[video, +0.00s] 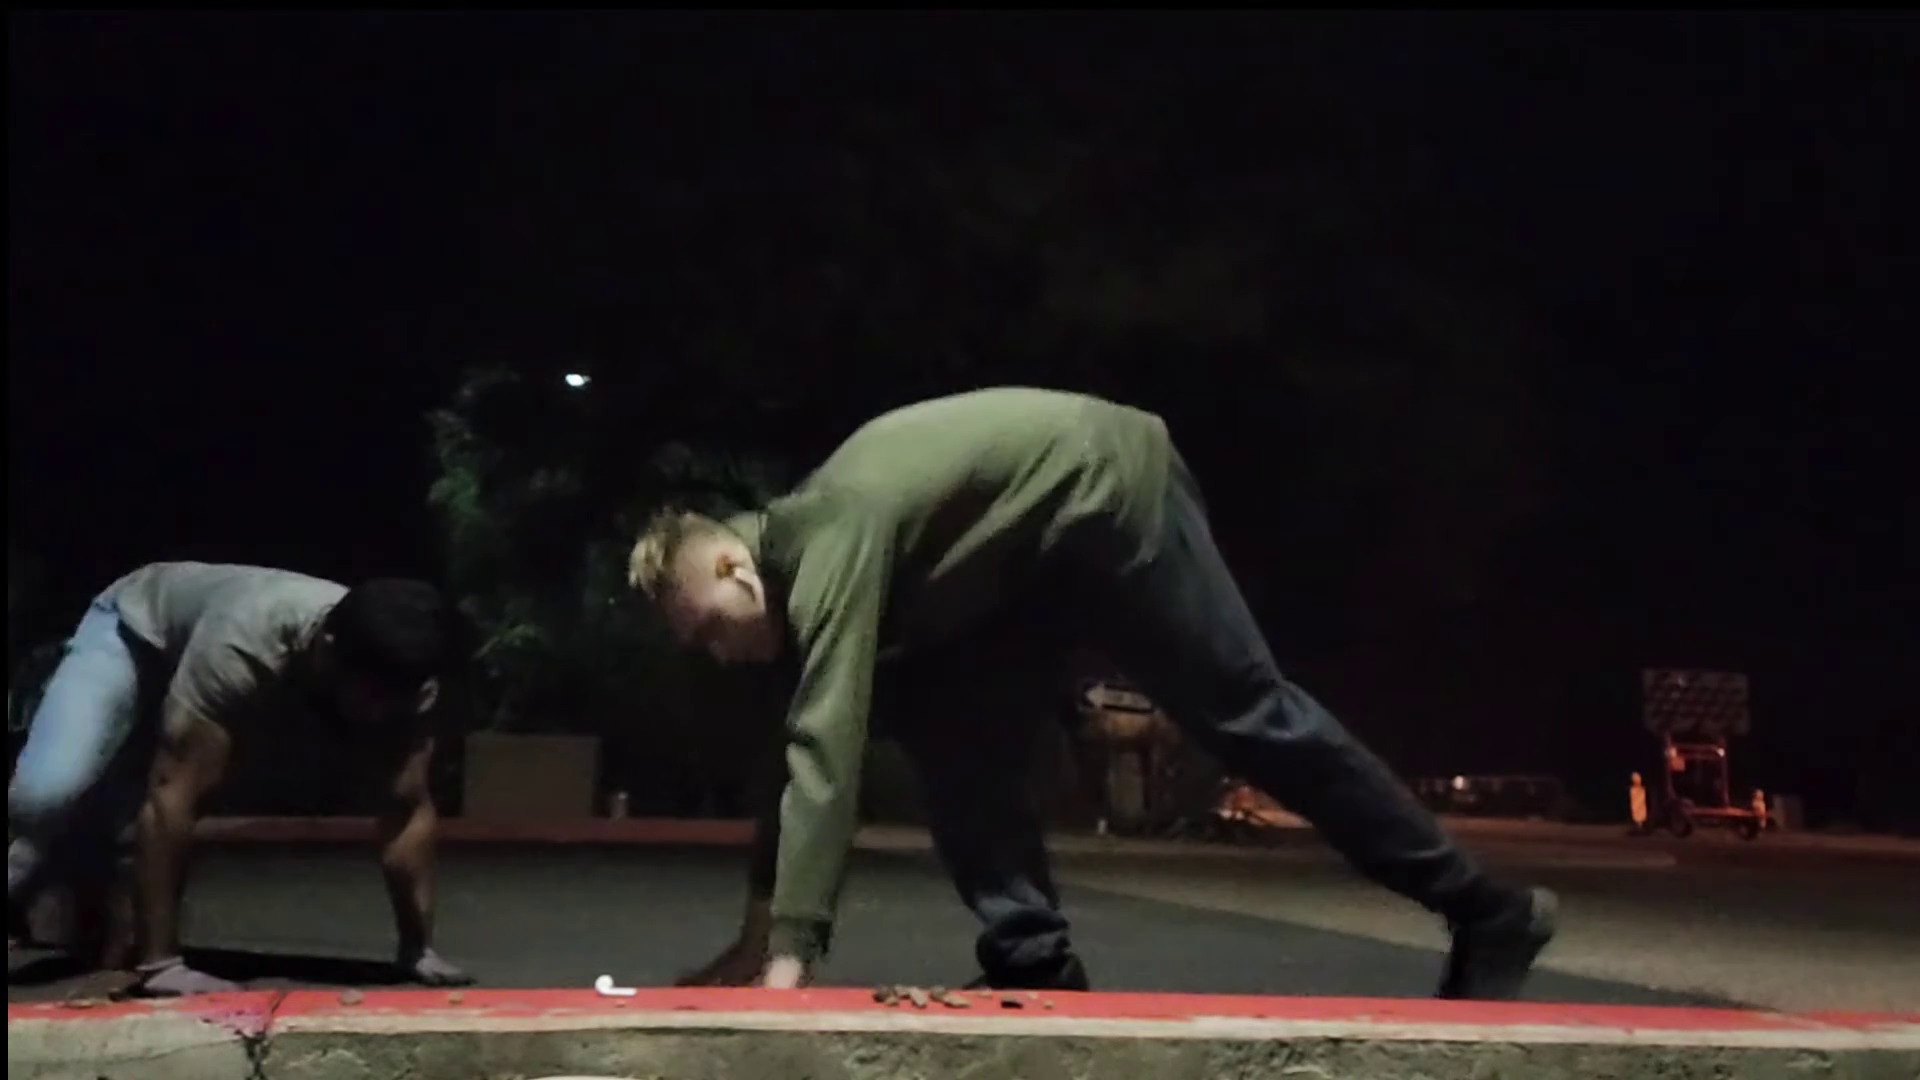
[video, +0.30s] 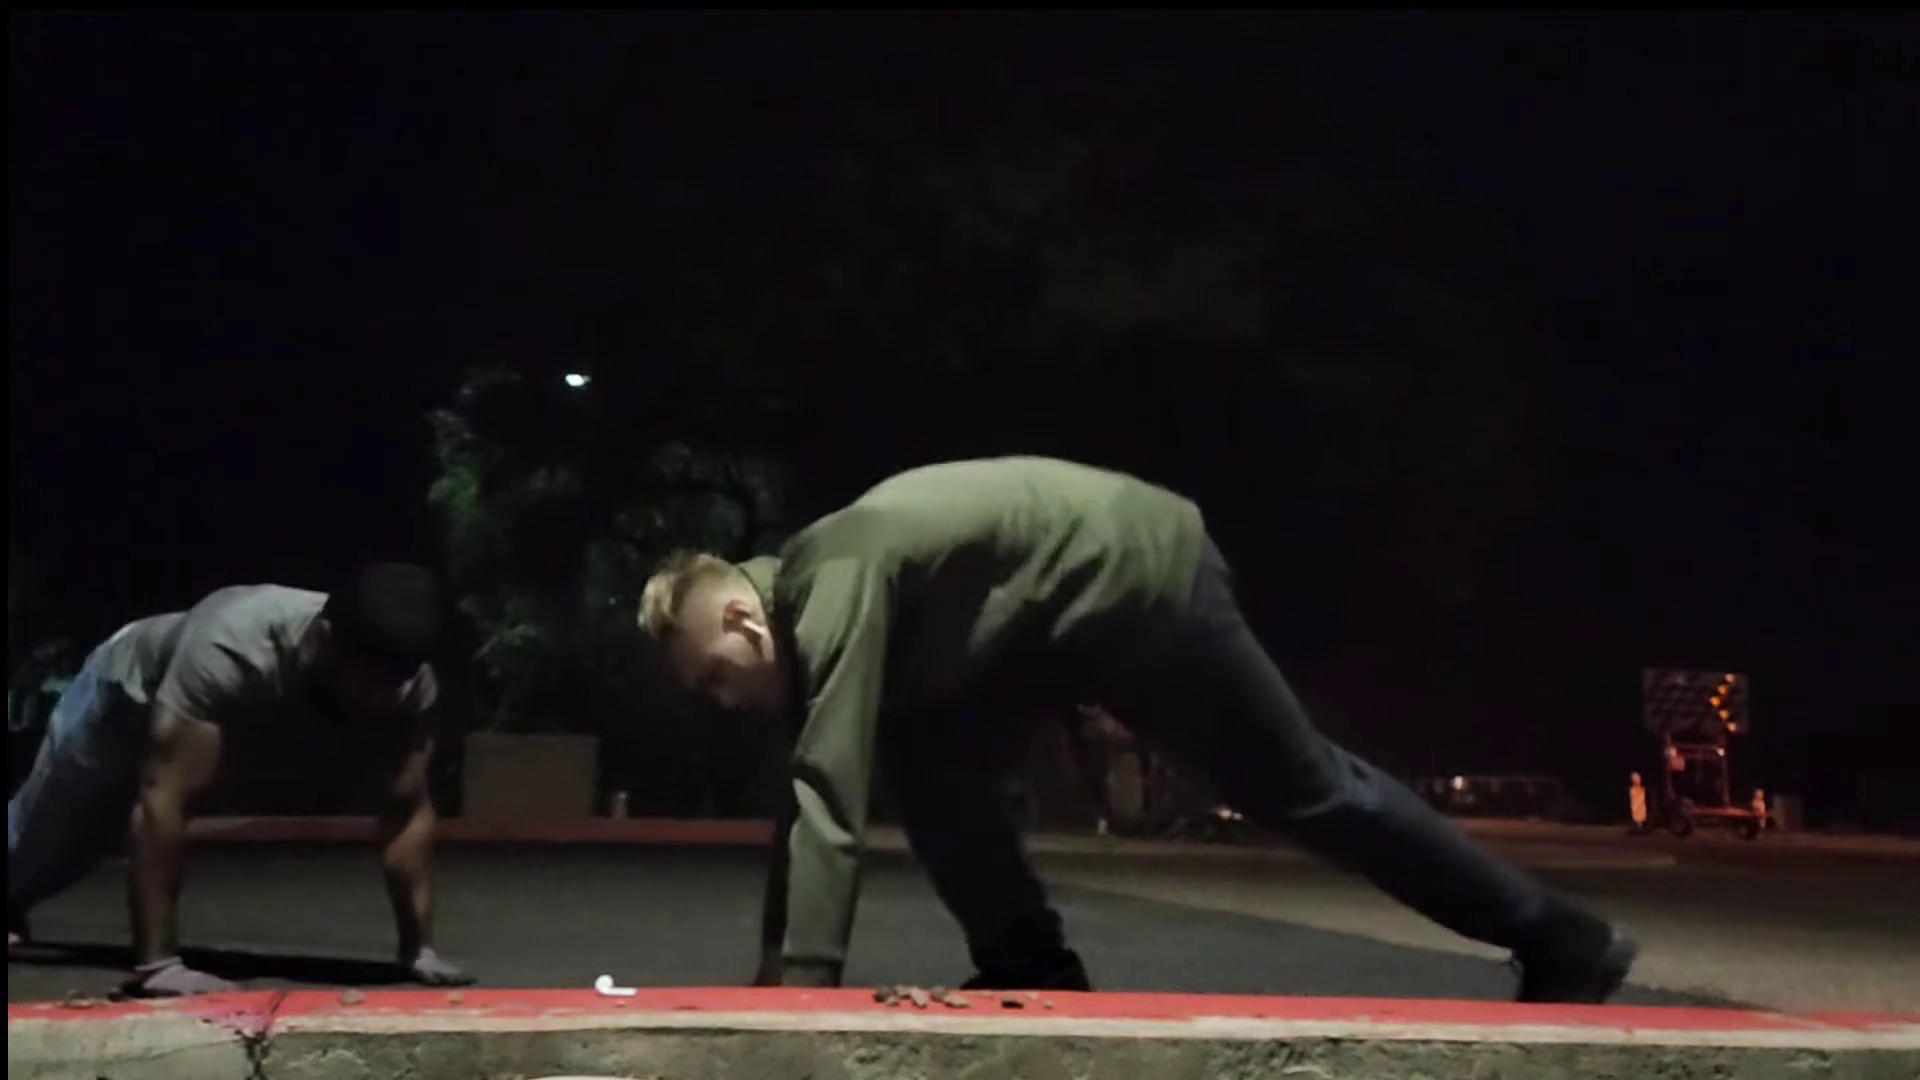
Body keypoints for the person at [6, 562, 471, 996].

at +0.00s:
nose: (394, 714)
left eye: (407, 699)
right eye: (383, 696)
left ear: (421, 682)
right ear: (330, 655)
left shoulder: (411, 680)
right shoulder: (239, 644)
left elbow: (410, 811)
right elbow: (170, 797)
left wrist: (417, 950)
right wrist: (160, 961)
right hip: (134, 626)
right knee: (45, 793)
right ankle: (33, 854)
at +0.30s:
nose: (397, 687)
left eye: (407, 671)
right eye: (380, 668)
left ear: (419, 663)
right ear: (327, 644)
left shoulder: (412, 686)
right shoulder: (225, 651)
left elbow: (409, 812)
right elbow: (161, 803)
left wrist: (418, 951)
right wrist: (158, 960)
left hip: (211, 719)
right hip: (123, 697)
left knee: (76, 850)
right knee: (34, 845)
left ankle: (17, 901)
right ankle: (13, 905)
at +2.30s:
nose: (395, 665)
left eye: (406, 650)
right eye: (380, 644)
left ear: (414, 646)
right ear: (332, 631)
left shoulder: (407, 691)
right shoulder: (233, 655)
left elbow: (410, 818)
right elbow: (157, 807)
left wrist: (418, 950)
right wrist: (157, 960)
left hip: (224, 767)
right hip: (134, 732)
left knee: (131, 843)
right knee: (37, 819)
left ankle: (57, 891)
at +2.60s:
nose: (403, 706)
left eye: (414, 691)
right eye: (392, 688)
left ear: (425, 688)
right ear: (355, 672)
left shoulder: (415, 727)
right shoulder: (260, 696)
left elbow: (410, 840)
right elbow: (128, 818)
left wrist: (416, 949)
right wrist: (156, 962)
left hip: (217, 768)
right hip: (144, 742)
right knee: (41, 827)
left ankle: (61, 896)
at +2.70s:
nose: (414, 755)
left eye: (424, 741)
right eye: (407, 737)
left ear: (426, 735)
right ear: (372, 720)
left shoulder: (398, 756)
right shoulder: (270, 743)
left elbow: (411, 845)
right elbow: (113, 827)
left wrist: (416, 947)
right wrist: (155, 962)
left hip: (211, 817)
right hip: (144, 781)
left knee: (96, 871)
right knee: (36, 857)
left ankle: (61, 903)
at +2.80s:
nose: (439, 813)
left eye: (443, 794)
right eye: (427, 790)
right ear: (387, 769)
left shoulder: (398, 798)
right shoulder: (278, 790)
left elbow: (414, 863)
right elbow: (107, 838)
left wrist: (415, 953)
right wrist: (154, 963)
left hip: (206, 836)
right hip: (134, 823)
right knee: (38, 864)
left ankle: (60, 903)